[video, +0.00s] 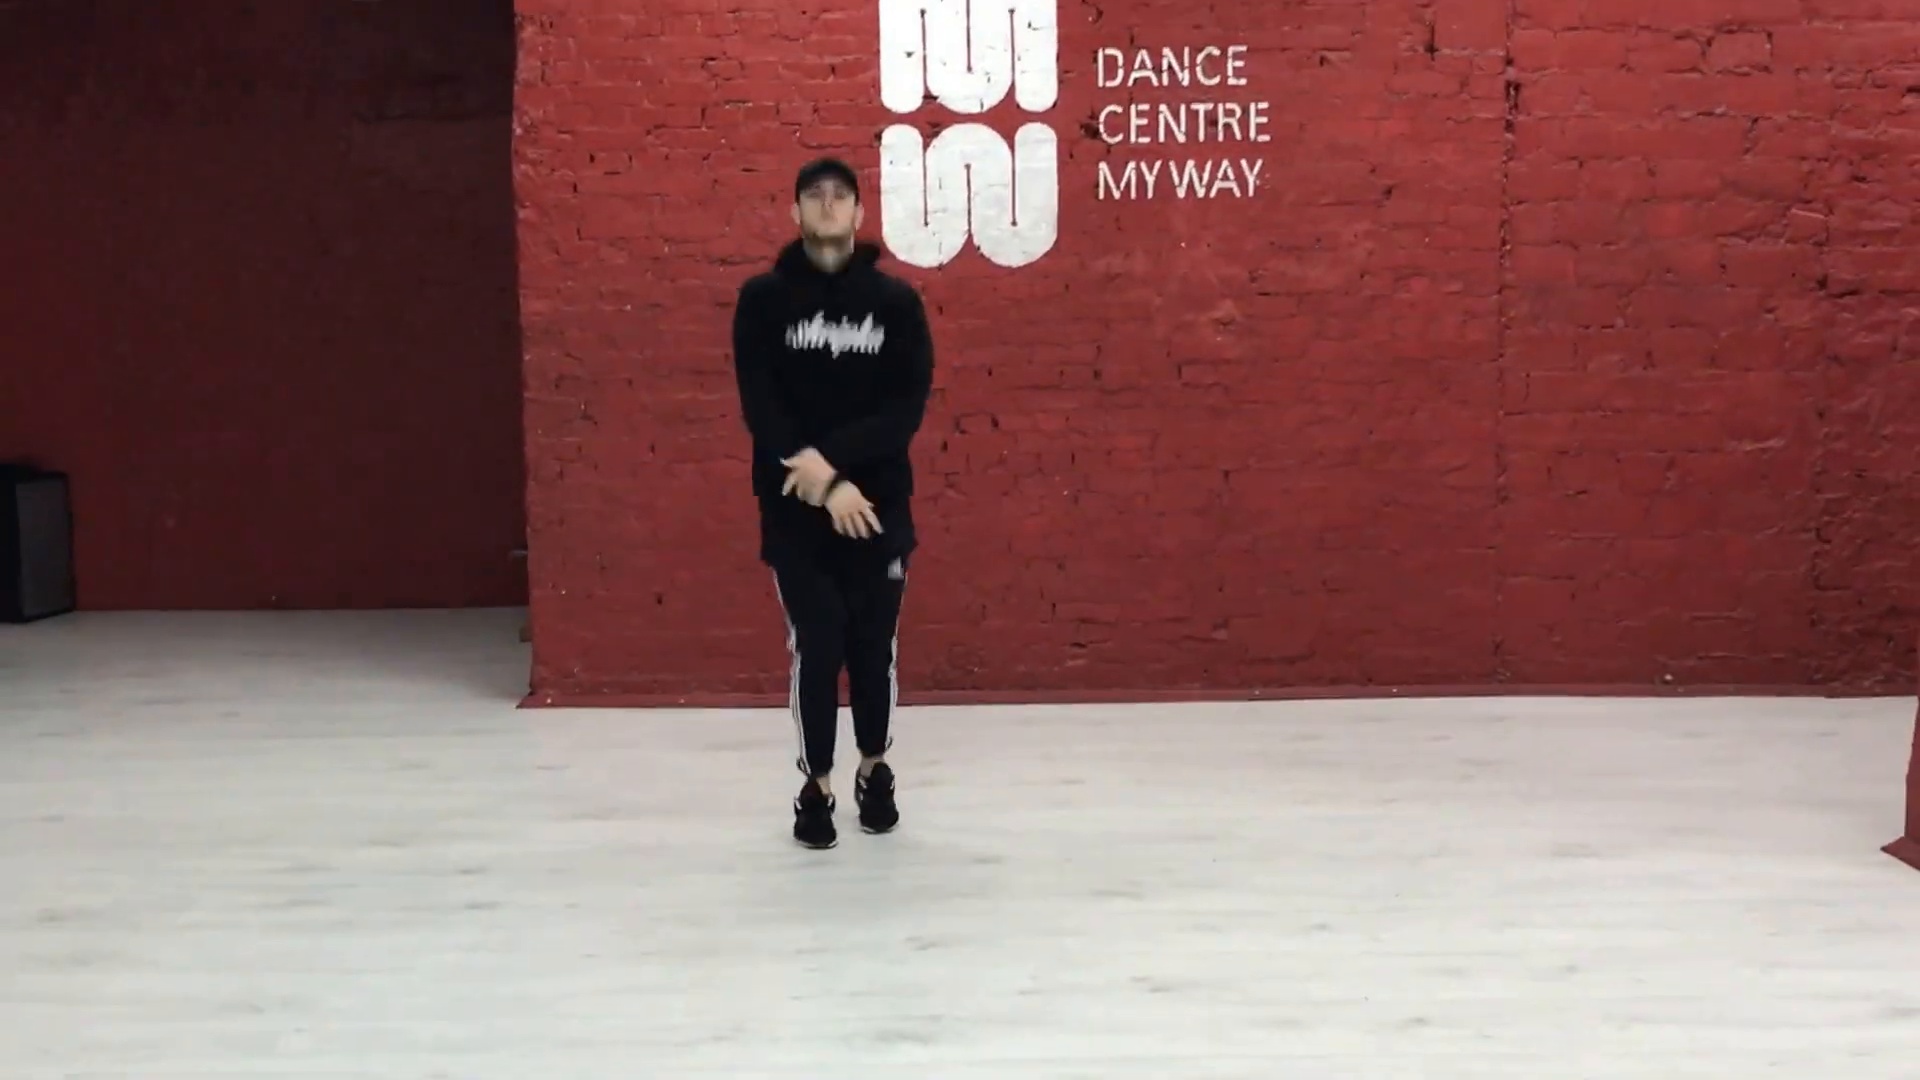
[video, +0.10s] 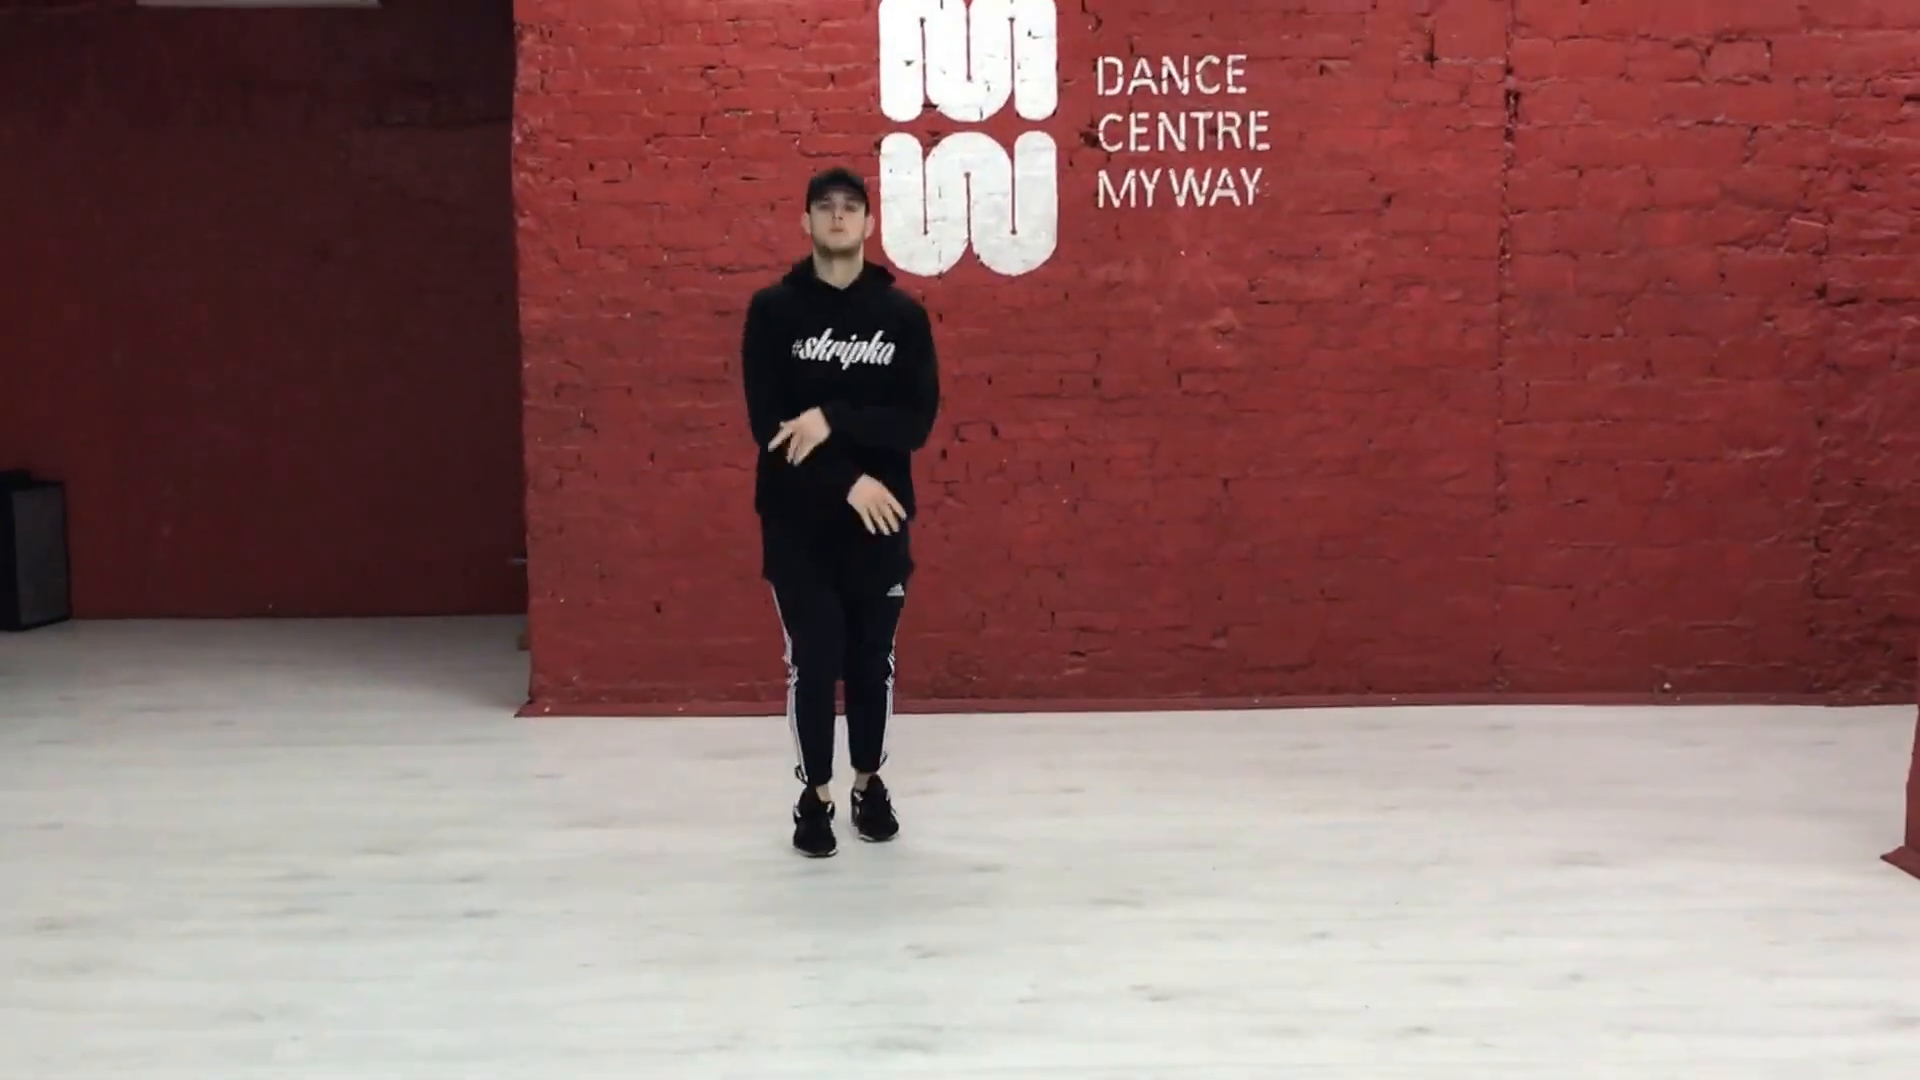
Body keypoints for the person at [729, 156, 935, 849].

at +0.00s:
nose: (829, 210)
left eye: (840, 198)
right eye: (815, 199)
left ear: (858, 209)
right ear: (797, 211)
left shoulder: (896, 300)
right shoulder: (763, 299)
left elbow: (906, 410)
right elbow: (763, 411)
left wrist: (831, 455)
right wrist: (827, 481)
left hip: (880, 499)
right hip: (796, 498)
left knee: (873, 647)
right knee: (818, 646)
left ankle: (874, 771)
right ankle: (817, 786)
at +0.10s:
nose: (839, 219)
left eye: (851, 209)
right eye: (826, 209)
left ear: (868, 221)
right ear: (807, 222)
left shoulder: (903, 313)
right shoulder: (773, 308)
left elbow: (916, 418)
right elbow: (770, 421)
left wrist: (832, 417)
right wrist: (849, 478)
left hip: (879, 512)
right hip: (797, 512)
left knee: (871, 657)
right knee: (815, 655)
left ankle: (868, 784)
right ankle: (816, 795)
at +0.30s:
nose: (856, 229)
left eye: (868, 217)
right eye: (844, 216)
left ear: (884, 225)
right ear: (823, 223)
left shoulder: (912, 310)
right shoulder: (788, 302)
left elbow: (942, 417)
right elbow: (761, 408)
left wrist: (901, 398)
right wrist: (845, 390)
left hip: (879, 506)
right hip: (797, 506)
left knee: (901, 646)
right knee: (821, 650)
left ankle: (866, 790)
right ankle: (789, 789)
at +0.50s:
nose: (886, 275)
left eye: (897, 261)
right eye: (877, 258)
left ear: (909, 251)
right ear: (846, 238)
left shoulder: (917, 307)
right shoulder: (792, 306)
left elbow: (967, 378)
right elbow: (720, 390)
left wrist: (1030, 442)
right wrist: (644, 470)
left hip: (903, 522)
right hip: (817, 523)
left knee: (914, 663)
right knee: (815, 670)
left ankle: (870, 799)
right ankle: (783, 810)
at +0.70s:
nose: (906, 306)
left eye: (915, 293)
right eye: (895, 291)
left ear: (927, 280)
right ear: (864, 270)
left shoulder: (949, 313)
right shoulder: (809, 317)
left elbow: (1033, 297)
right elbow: (704, 320)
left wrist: (1119, 261)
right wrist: (581, 300)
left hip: (916, 529)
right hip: (837, 533)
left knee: (958, 666)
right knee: (874, 678)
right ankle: (830, 841)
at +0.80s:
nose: (915, 341)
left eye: (924, 328)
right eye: (904, 326)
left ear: (934, 315)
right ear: (871, 309)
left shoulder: (958, 347)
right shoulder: (815, 358)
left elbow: (1042, 314)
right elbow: (710, 357)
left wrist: (1121, 268)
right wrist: (601, 332)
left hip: (932, 570)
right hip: (850, 577)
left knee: (1003, 693)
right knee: (883, 718)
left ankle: (970, 858)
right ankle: (844, 877)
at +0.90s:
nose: (916, 364)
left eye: (926, 353)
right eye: (908, 351)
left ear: (940, 335)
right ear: (877, 326)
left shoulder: (952, 364)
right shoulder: (826, 372)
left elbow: (1029, 356)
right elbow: (763, 391)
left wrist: (1107, 323)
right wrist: (689, 376)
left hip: (957, 580)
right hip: (870, 587)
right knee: (862, 736)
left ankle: (1037, 865)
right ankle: (888, 876)